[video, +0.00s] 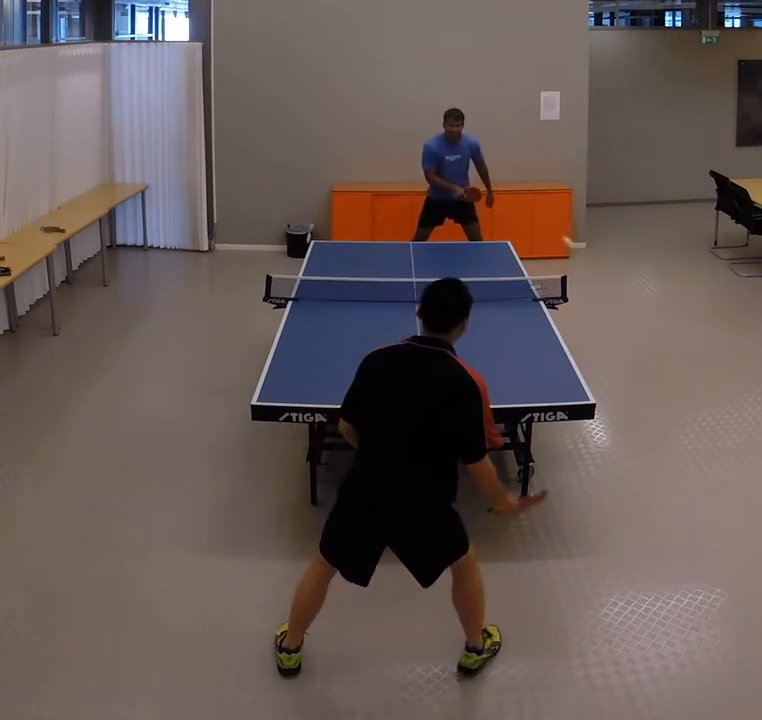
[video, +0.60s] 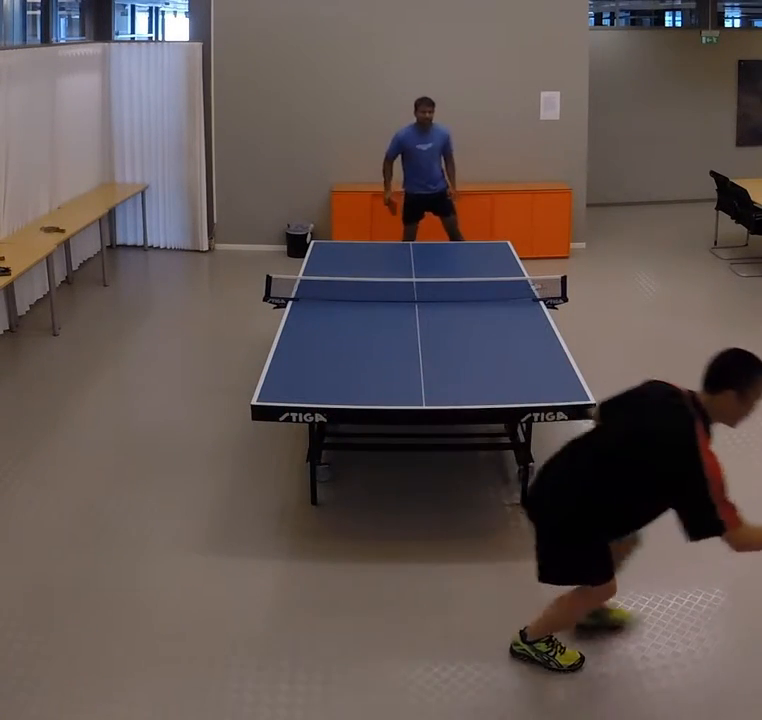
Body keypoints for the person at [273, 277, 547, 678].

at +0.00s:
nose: (464, 324)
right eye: (465, 318)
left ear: (420, 315)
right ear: (463, 323)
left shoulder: (379, 359)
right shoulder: (465, 384)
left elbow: (346, 425)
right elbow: (475, 460)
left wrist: (378, 450)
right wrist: (501, 499)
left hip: (364, 493)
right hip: (425, 502)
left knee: (323, 566)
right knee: (463, 565)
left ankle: (289, 647)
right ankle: (475, 646)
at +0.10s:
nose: (483, 338)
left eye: (481, 330)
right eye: (483, 331)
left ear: (437, 326)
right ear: (476, 336)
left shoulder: (393, 368)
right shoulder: (478, 396)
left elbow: (354, 418)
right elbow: (490, 472)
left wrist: (384, 451)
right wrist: (516, 489)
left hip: (369, 503)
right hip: (430, 514)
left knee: (326, 559)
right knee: (487, 563)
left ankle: (291, 645)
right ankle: (496, 645)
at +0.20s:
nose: (527, 348)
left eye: (527, 339)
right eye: (528, 341)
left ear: (482, 332)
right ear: (520, 345)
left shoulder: (434, 367)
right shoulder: (512, 409)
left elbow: (385, 419)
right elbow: (517, 492)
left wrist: (415, 451)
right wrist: (551, 501)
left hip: (386, 509)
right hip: (446, 525)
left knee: (341, 564)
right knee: (518, 557)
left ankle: (291, 641)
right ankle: (524, 636)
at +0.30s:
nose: (592, 363)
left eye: (593, 355)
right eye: (594, 356)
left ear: (552, 340)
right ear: (584, 356)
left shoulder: (493, 366)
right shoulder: (562, 421)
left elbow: (435, 405)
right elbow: (569, 506)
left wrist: (439, 455)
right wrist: (614, 549)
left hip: (432, 496)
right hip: (486, 518)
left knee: (382, 554)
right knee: (550, 564)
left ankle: (303, 616)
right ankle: (530, 641)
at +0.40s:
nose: (650, 380)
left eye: (653, 372)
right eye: (652, 371)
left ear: (612, 351)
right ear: (637, 367)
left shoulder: (553, 371)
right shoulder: (606, 428)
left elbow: (493, 397)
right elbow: (630, 517)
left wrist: (482, 453)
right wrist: (670, 576)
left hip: (477, 494)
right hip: (521, 522)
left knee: (447, 549)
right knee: (572, 571)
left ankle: (366, 600)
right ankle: (531, 641)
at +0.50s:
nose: (703, 394)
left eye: (706, 386)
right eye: (703, 384)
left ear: (669, 368)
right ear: (683, 378)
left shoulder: (610, 381)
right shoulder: (650, 438)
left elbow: (551, 406)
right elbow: (675, 529)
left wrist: (565, 452)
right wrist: (737, 561)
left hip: (511, 485)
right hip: (543, 518)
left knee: (533, 548)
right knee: (586, 580)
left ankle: (460, 594)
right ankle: (532, 640)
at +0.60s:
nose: (751, 410)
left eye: (755, 401)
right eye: (751, 400)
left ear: (720, 388)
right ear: (730, 395)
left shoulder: (660, 392)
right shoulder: (692, 447)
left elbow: (603, 413)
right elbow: (739, 537)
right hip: (566, 505)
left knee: (622, 544)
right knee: (600, 588)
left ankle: (583, 610)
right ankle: (531, 638)